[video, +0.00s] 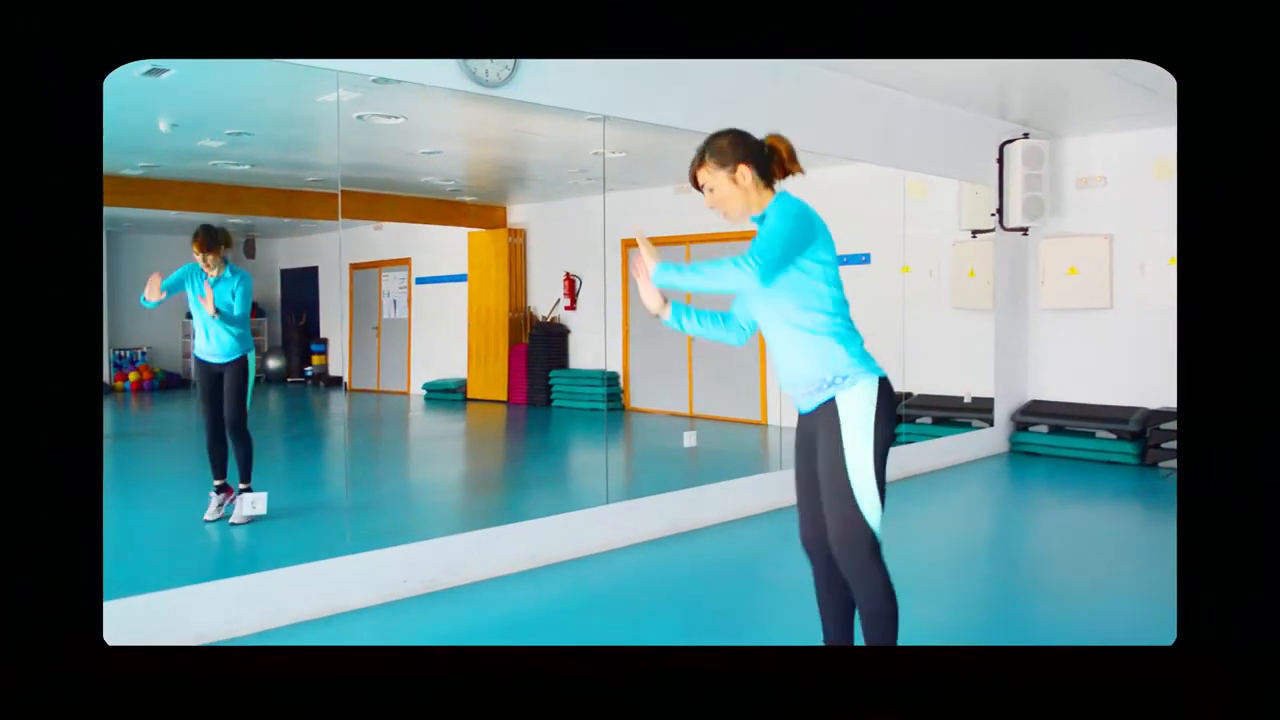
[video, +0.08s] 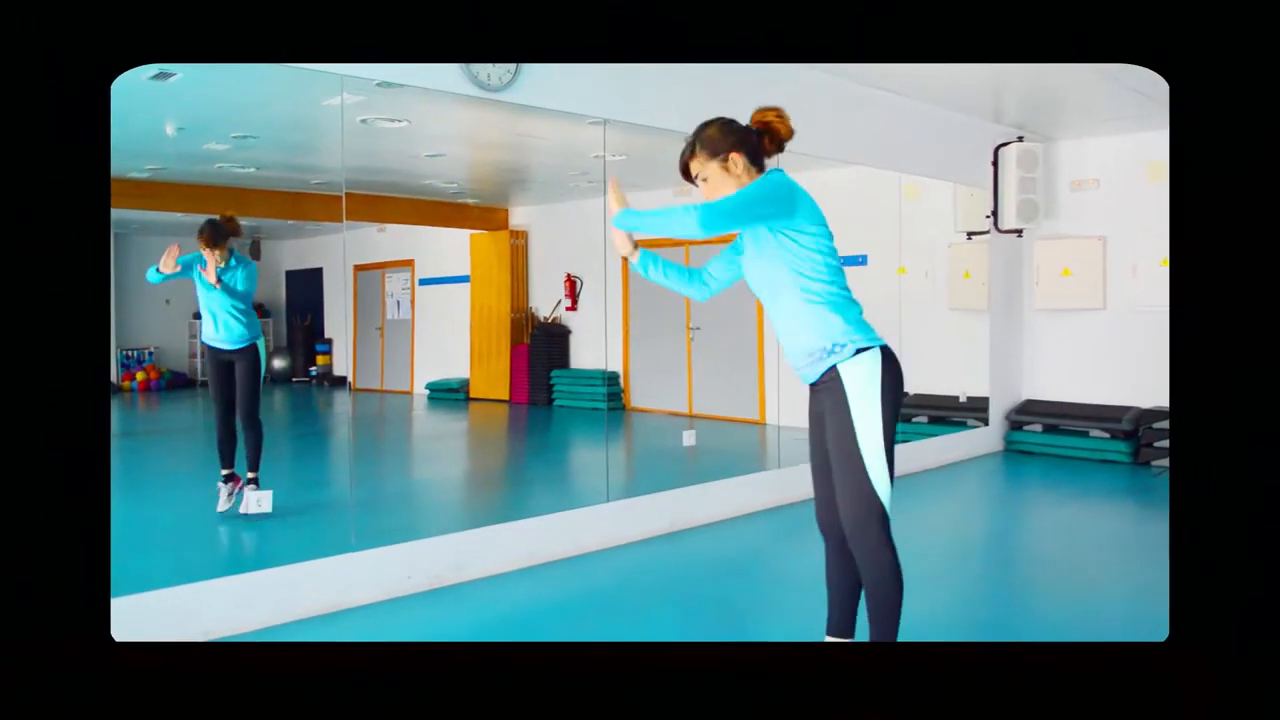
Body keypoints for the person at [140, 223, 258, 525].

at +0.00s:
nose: (205, 261)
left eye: (209, 255)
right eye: (200, 256)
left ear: (223, 250)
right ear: (195, 253)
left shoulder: (240, 279)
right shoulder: (189, 273)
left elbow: (242, 323)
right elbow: (152, 299)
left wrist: (214, 312)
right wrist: (149, 295)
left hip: (237, 358)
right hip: (205, 359)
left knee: (235, 423)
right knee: (213, 425)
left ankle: (245, 493)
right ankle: (221, 490)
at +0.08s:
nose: (208, 255)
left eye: (213, 249)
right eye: (205, 249)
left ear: (226, 245)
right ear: (202, 247)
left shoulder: (245, 267)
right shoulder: (196, 261)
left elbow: (245, 302)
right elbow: (151, 278)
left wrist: (216, 282)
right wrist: (161, 269)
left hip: (247, 348)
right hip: (215, 349)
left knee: (247, 414)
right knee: (222, 414)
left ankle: (252, 480)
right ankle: (228, 478)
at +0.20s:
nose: (218, 254)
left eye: (221, 250)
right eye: (215, 250)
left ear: (234, 249)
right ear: (213, 252)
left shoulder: (257, 271)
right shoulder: (212, 270)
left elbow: (249, 278)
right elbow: (180, 265)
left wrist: (223, 261)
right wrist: (181, 249)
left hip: (259, 352)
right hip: (229, 354)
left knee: (261, 416)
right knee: (240, 418)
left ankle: (269, 480)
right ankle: (249, 479)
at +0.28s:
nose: (231, 278)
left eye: (235, 273)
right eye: (227, 273)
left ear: (246, 269)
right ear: (223, 273)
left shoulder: (263, 289)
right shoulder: (222, 290)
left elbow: (262, 281)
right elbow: (198, 276)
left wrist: (241, 261)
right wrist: (193, 257)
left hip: (267, 367)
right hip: (238, 369)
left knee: (269, 427)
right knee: (250, 429)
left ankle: (279, 486)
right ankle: (262, 483)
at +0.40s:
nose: (241, 286)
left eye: (244, 280)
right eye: (236, 281)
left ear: (256, 274)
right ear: (233, 279)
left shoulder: (274, 289)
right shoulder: (231, 292)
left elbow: (283, 305)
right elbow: (210, 298)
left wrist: (262, 308)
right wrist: (194, 302)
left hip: (278, 369)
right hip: (247, 371)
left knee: (279, 427)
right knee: (251, 433)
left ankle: (287, 482)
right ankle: (267, 476)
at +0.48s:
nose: (242, 281)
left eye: (246, 275)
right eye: (238, 276)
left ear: (260, 269)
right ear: (234, 274)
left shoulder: (280, 291)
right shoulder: (232, 291)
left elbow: (297, 326)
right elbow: (206, 317)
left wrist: (287, 357)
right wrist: (186, 346)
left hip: (282, 366)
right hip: (251, 368)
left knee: (286, 423)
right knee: (247, 428)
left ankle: (293, 479)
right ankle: (262, 478)